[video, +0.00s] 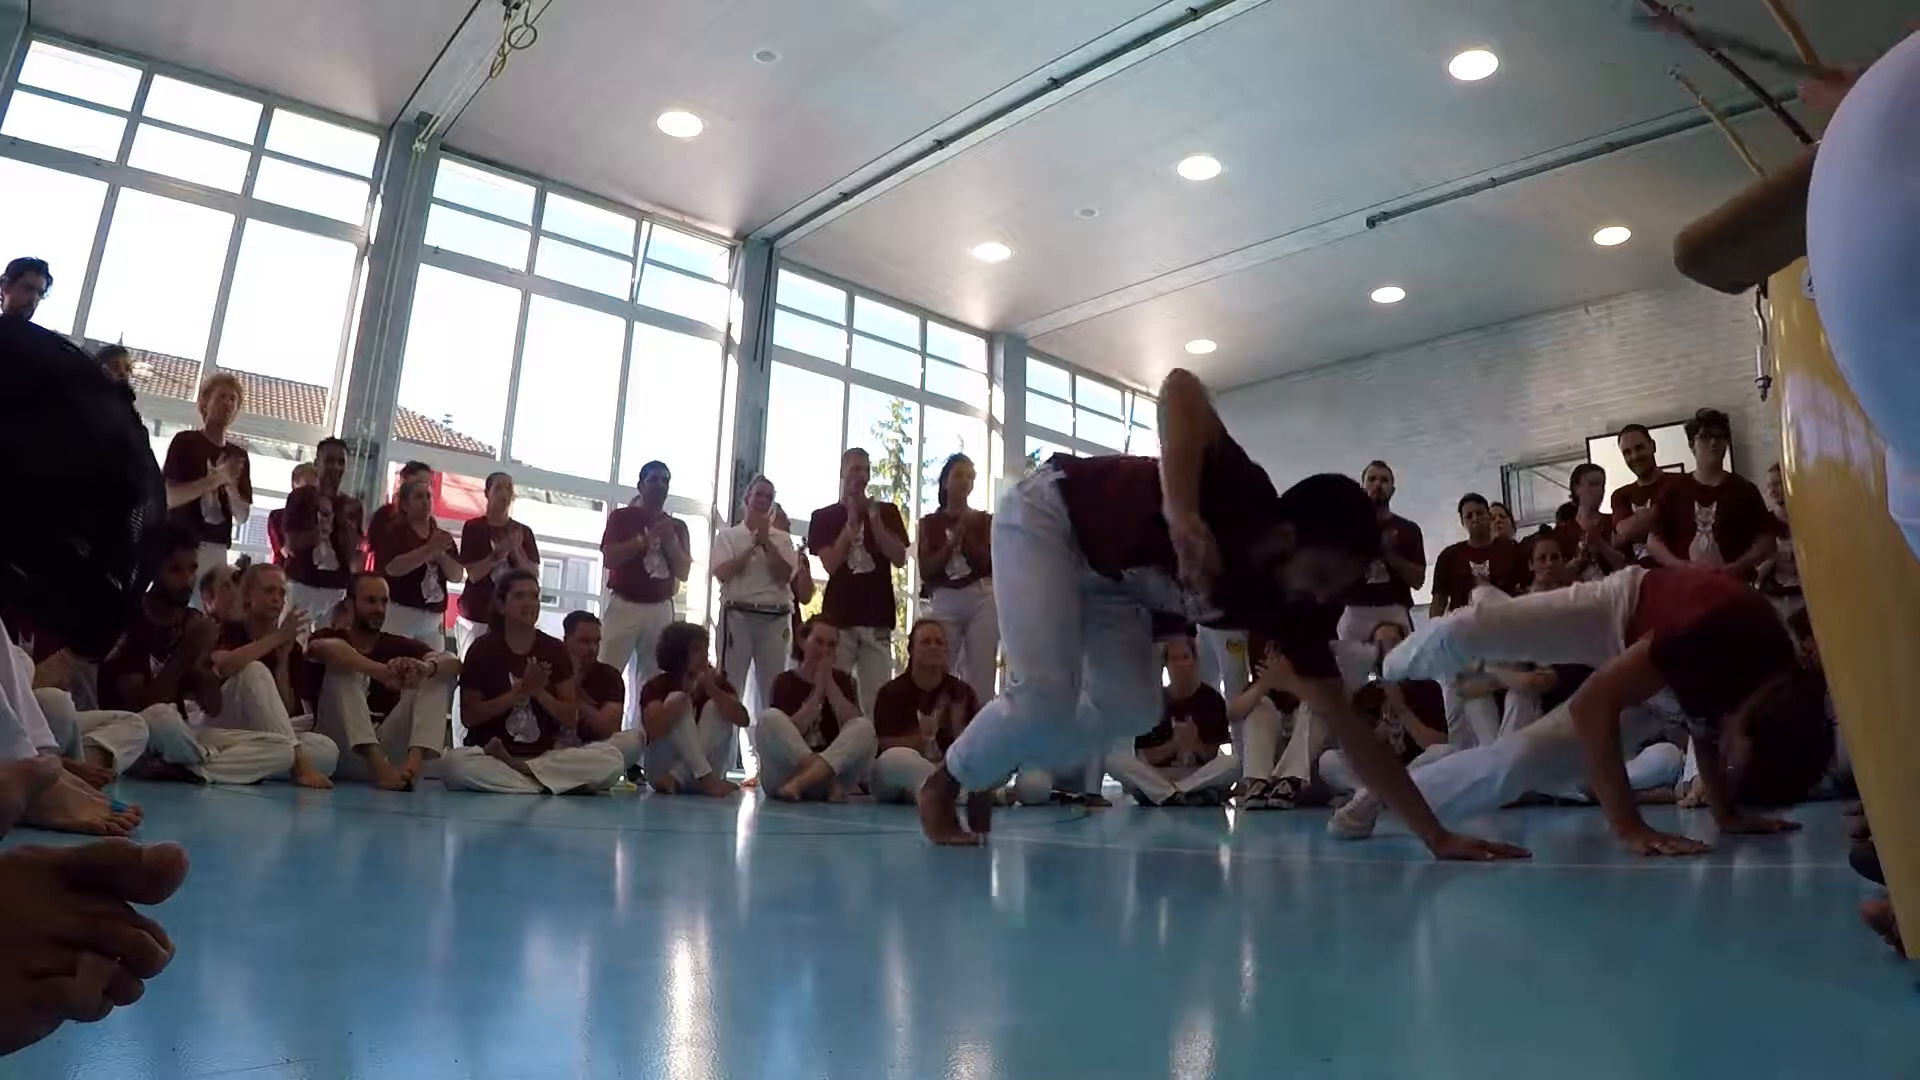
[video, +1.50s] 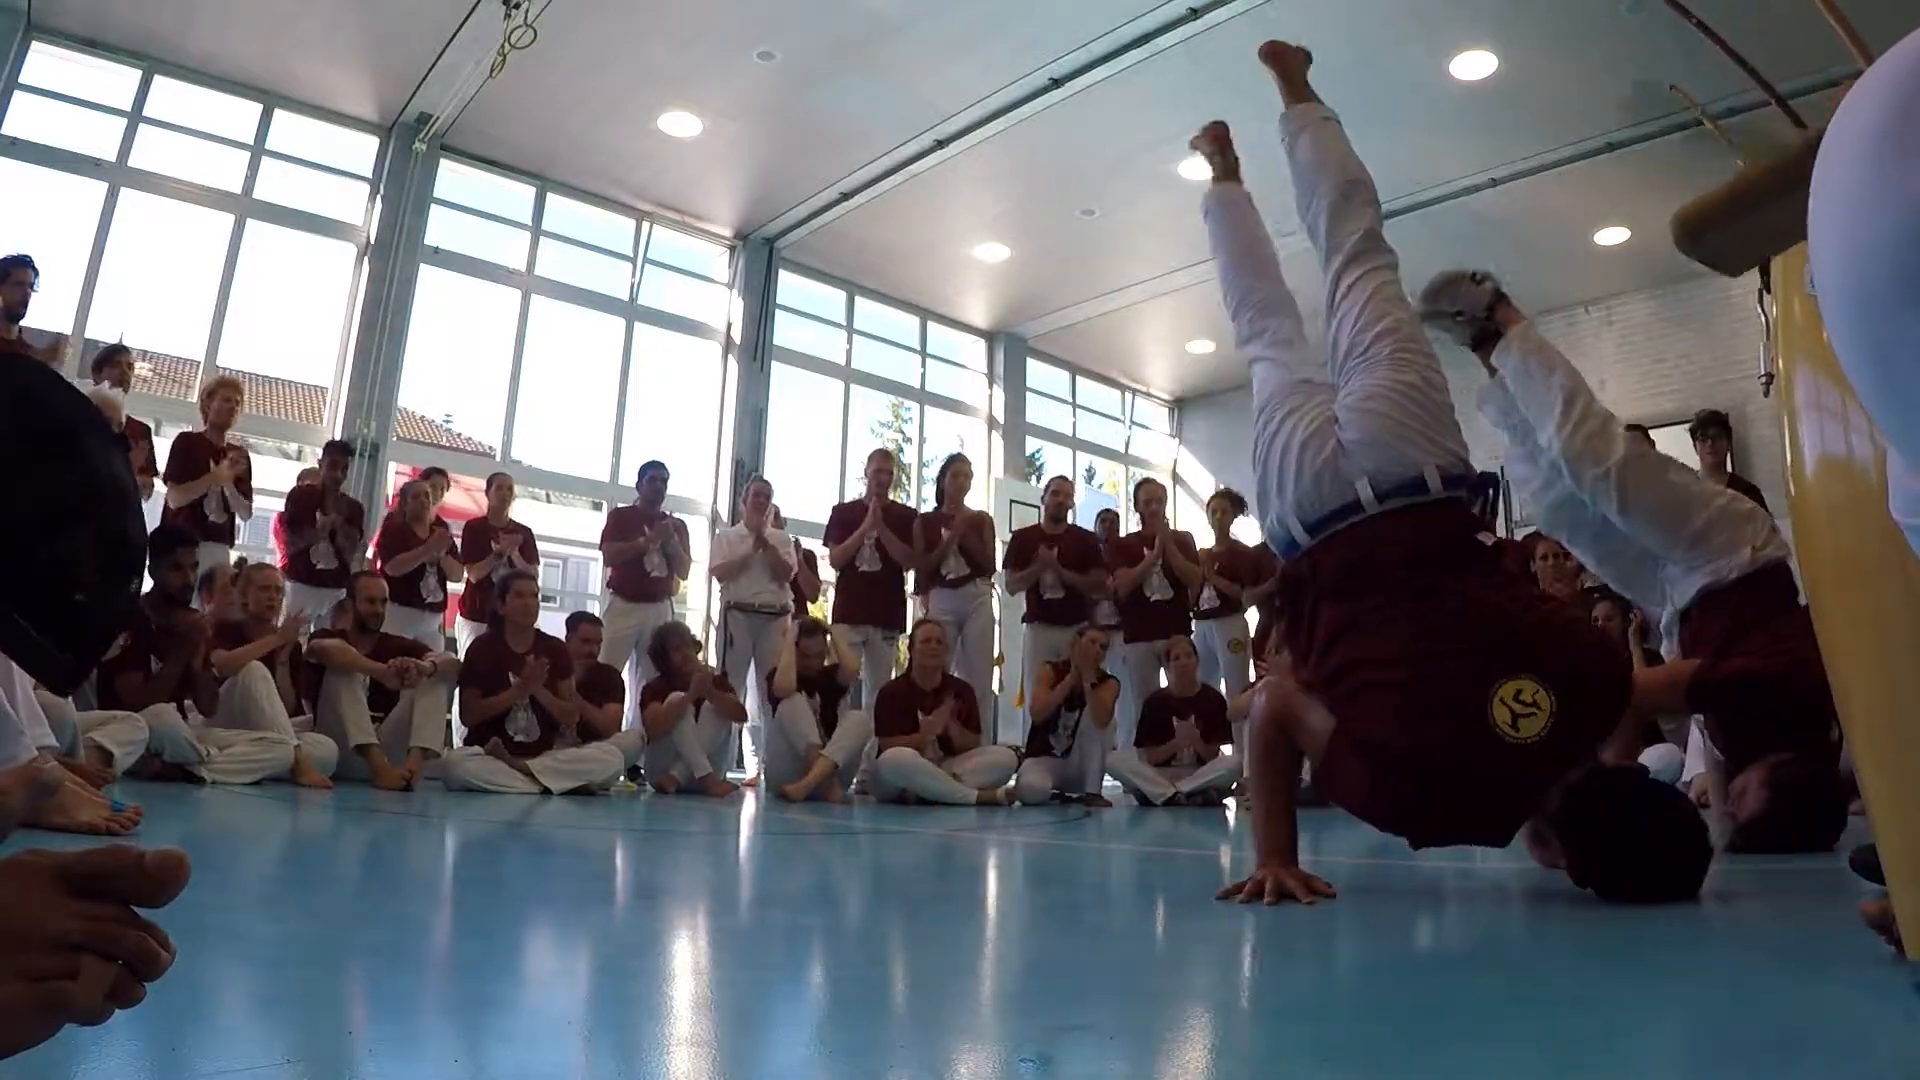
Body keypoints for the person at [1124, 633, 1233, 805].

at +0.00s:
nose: (1181, 665)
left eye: (1185, 657)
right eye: (1174, 660)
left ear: (1195, 660)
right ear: (1165, 665)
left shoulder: (1212, 698)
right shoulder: (1152, 699)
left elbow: (1213, 753)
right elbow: (1144, 756)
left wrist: (1196, 744)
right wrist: (1175, 744)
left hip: (1198, 771)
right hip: (1159, 772)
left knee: (1231, 763)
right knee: (1116, 761)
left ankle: (1178, 791)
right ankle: (1169, 794)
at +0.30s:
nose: (1175, 666)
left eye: (1181, 658)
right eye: (1170, 659)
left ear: (1193, 662)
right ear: (1163, 666)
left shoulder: (1211, 698)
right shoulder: (1152, 702)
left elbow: (1211, 754)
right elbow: (1147, 757)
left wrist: (1193, 741)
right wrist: (1174, 743)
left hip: (1198, 772)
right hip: (1159, 773)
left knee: (1232, 764)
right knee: (1115, 759)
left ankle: (1170, 794)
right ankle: (1172, 796)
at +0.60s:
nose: (1182, 663)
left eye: (1187, 656)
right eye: (1175, 658)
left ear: (1195, 660)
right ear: (1166, 664)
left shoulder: (1207, 698)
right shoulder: (1153, 701)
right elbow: (1149, 758)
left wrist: (1195, 734)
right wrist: (1166, 741)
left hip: (1198, 771)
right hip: (1162, 772)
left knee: (1224, 765)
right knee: (1114, 759)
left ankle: (1162, 795)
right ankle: (1172, 796)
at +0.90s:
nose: (1181, 664)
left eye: (1186, 657)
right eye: (1175, 658)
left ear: (1195, 661)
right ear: (1165, 664)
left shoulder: (1211, 698)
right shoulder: (1150, 698)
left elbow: (1219, 757)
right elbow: (1144, 756)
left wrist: (1199, 743)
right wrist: (1172, 742)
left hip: (1200, 770)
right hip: (1159, 771)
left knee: (1229, 767)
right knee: (1114, 759)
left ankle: (1162, 796)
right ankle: (1174, 796)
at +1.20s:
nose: (1183, 663)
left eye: (1188, 656)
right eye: (1177, 659)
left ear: (1196, 660)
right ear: (1168, 666)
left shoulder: (1212, 698)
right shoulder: (1154, 701)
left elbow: (1211, 755)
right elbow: (1146, 757)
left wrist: (1193, 738)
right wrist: (1175, 744)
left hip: (1199, 770)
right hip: (1160, 771)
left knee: (1234, 762)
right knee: (1114, 759)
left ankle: (1165, 795)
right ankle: (1173, 796)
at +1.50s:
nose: (1183, 662)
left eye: (1188, 656)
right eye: (1177, 658)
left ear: (1197, 660)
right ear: (1168, 666)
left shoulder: (1213, 698)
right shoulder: (1154, 701)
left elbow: (1212, 755)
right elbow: (1150, 758)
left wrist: (1194, 737)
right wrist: (1179, 742)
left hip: (1201, 771)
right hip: (1161, 773)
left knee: (1234, 763)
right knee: (1114, 759)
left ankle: (1167, 795)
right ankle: (1175, 797)